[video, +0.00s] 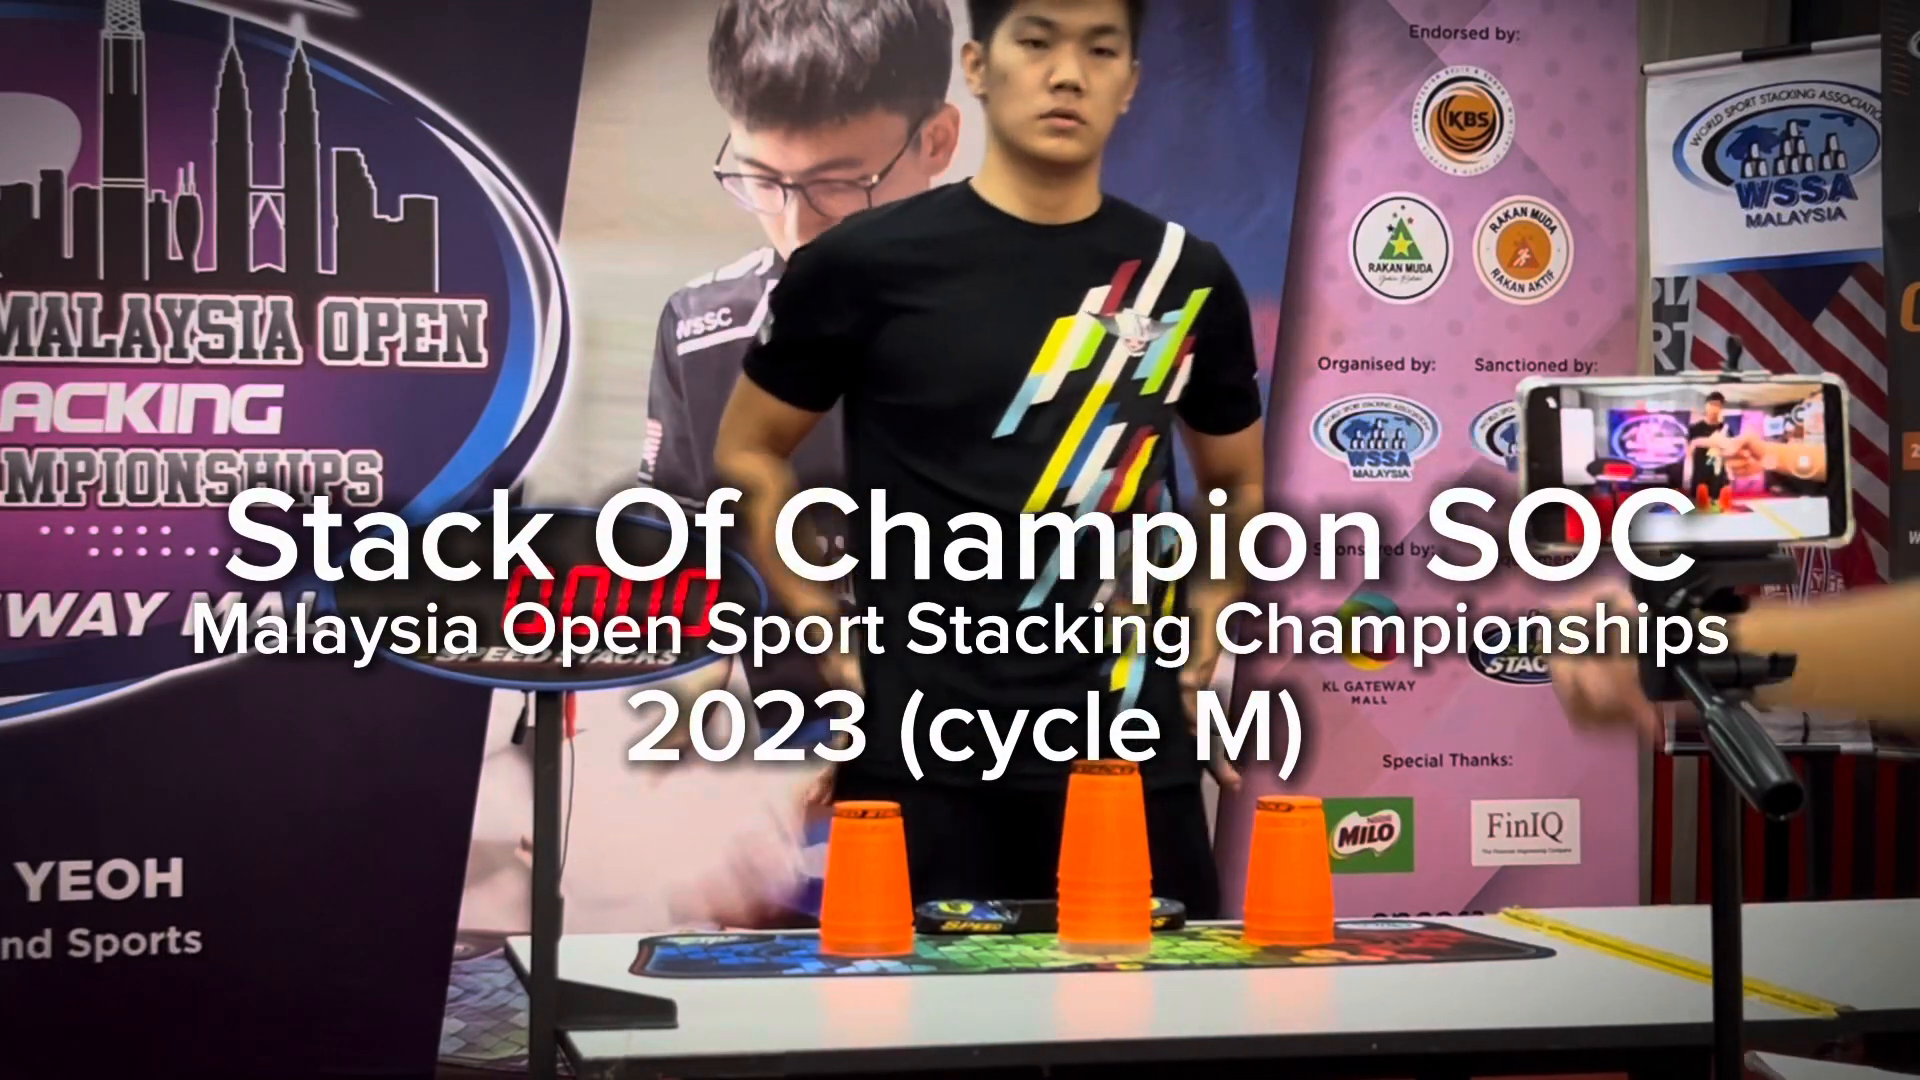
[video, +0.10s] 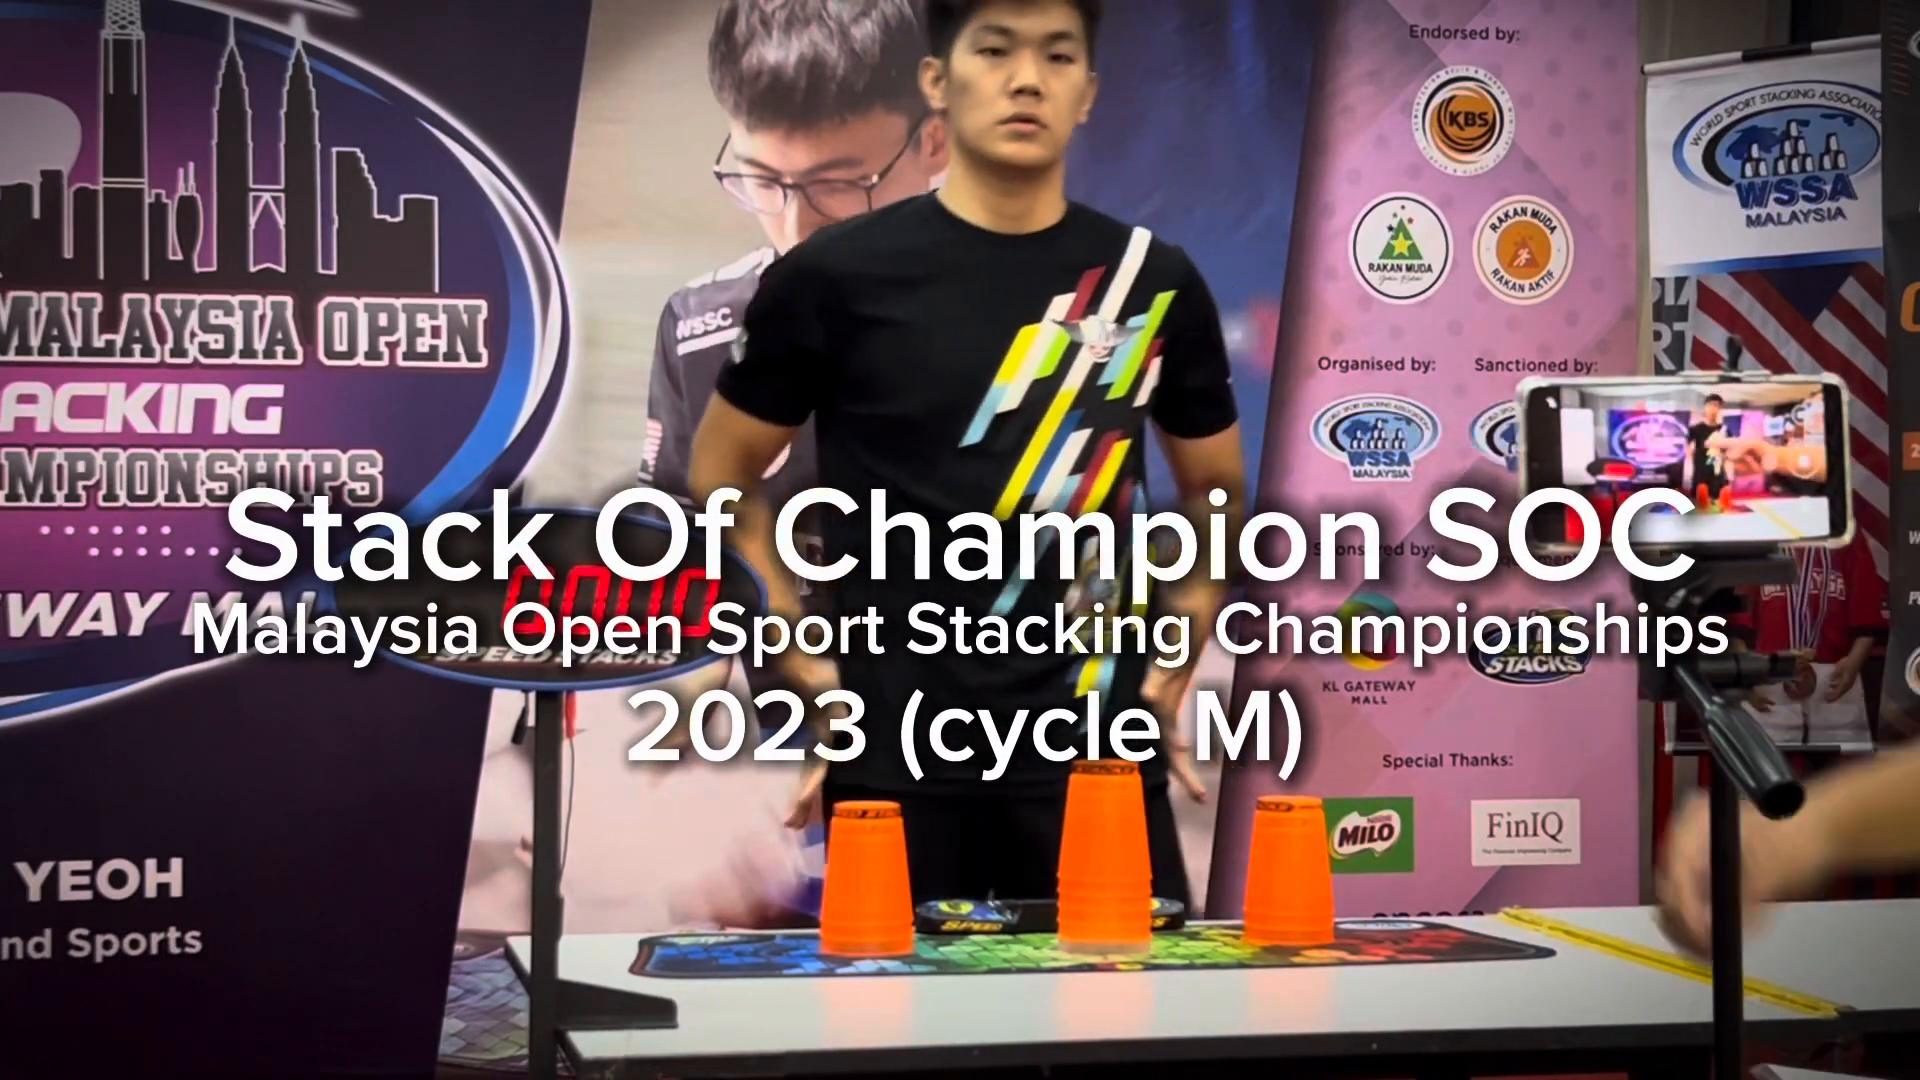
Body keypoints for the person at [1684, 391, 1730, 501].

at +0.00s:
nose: (1714, 410)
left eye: (1717, 406)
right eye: (1711, 405)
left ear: (1721, 409)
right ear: (1705, 407)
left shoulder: (1726, 429)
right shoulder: (1694, 429)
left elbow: (1728, 456)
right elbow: (1689, 458)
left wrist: (1731, 479)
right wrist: (1686, 484)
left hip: (1720, 482)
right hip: (1699, 481)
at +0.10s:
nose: (1712, 410)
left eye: (1715, 406)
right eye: (1709, 406)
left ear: (1720, 409)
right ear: (1704, 408)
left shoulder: (1725, 430)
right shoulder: (1695, 430)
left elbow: (1729, 456)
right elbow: (1689, 457)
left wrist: (1730, 478)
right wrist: (1687, 481)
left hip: (1719, 480)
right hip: (1700, 479)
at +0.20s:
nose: (1711, 411)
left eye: (1714, 408)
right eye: (1708, 407)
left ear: (1718, 410)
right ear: (1703, 410)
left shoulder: (1722, 431)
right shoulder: (1695, 431)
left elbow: (1725, 455)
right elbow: (1689, 454)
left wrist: (1729, 478)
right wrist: (1687, 480)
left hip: (1717, 478)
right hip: (1700, 477)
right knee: (1700, 502)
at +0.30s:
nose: (1708, 412)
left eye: (1711, 408)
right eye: (1705, 408)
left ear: (1715, 411)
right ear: (1700, 411)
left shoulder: (1720, 433)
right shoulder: (1693, 433)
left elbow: (1724, 454)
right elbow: (1687, 457)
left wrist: (1725, 472)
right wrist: (1686, 479)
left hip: (1716, 476)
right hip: (1699, 476)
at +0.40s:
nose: (1706, 414)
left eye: (1708, 410)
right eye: (1703, 411)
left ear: (1712, 413)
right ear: (1697, 414)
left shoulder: (1718, 434)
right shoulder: (1692, 434)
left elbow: (1723, 452)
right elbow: (1685, 453)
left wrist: (1722, 468)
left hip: (1714, 474)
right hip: (1698, 475)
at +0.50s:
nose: (1702, 416)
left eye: (1705, 413)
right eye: (1699, 413)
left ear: (1709, 415)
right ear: (1694, 415)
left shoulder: (1715, 435)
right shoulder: (1689, 435)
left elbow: (1722, 451)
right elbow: (1684, 452)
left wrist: (1719, 465)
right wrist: (1686, 465)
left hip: (1711, 468)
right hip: (1695, 469)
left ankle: (1714, 500)